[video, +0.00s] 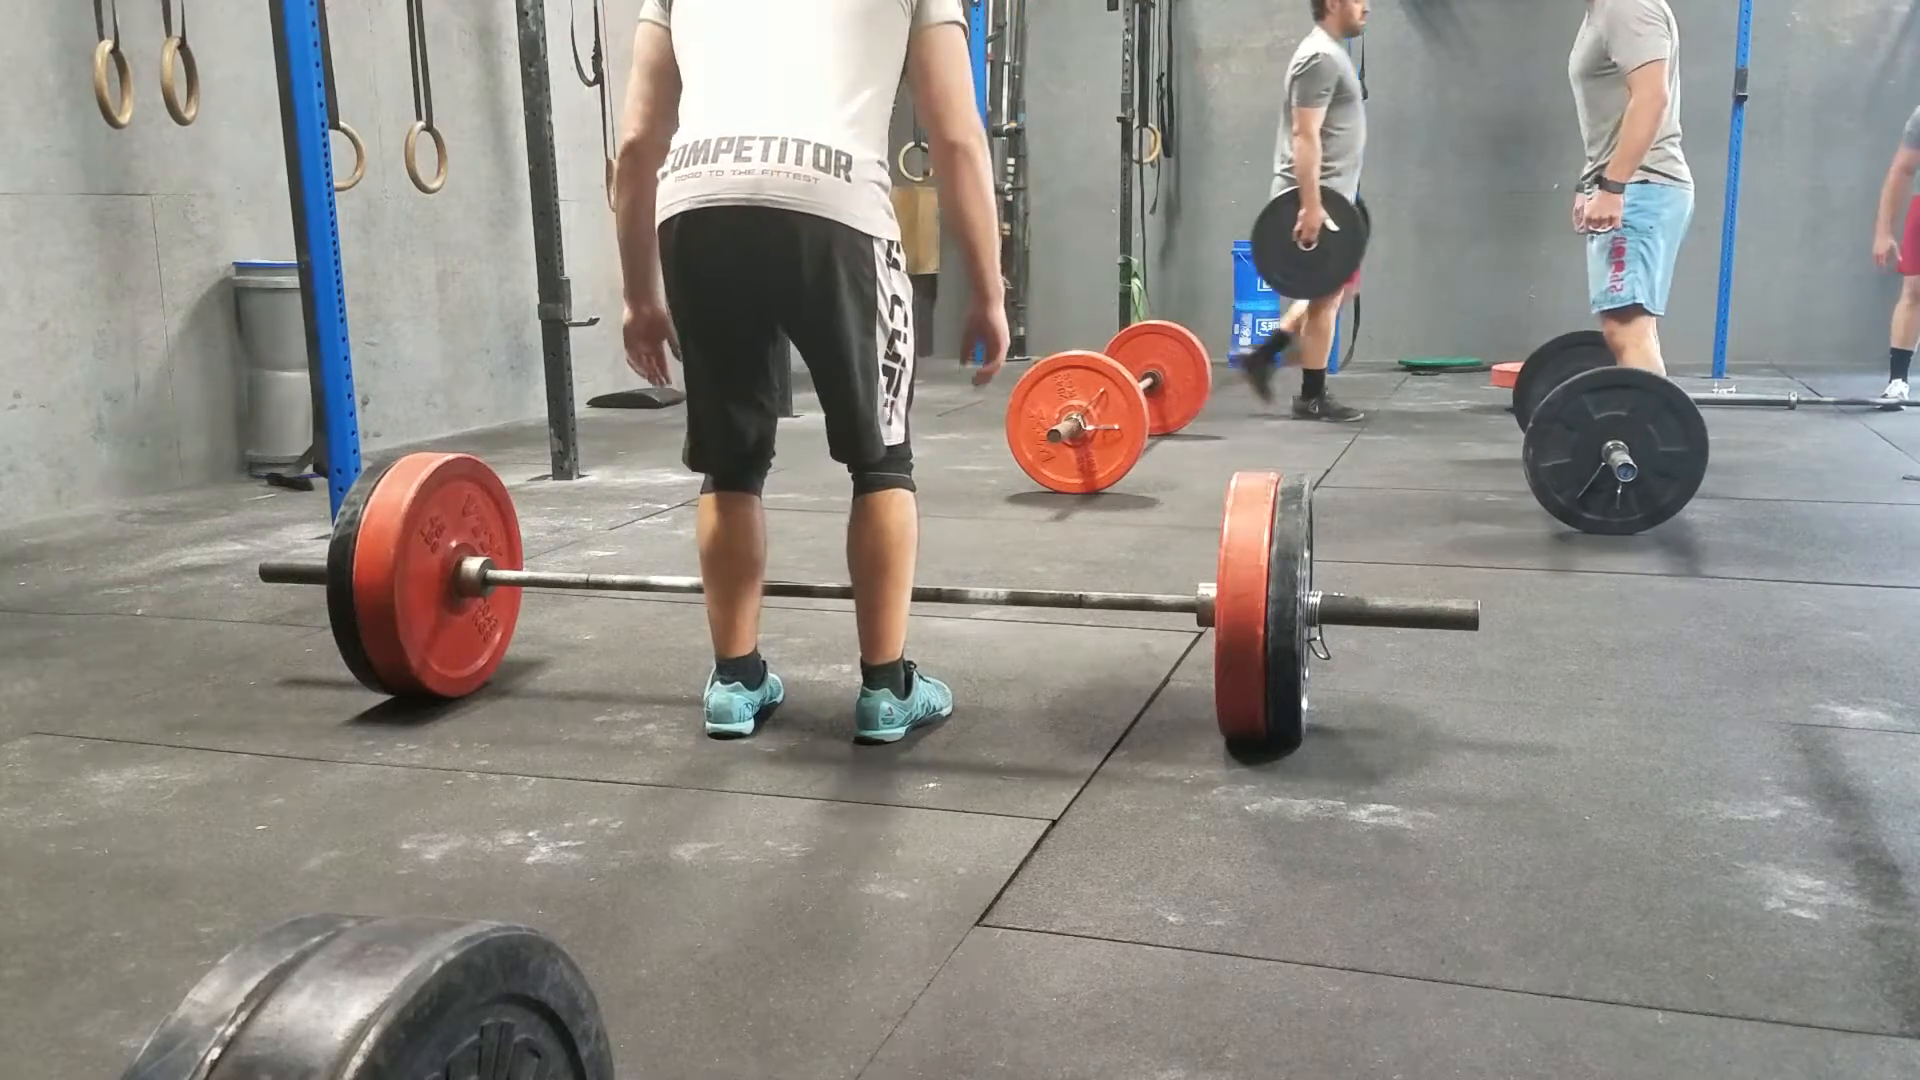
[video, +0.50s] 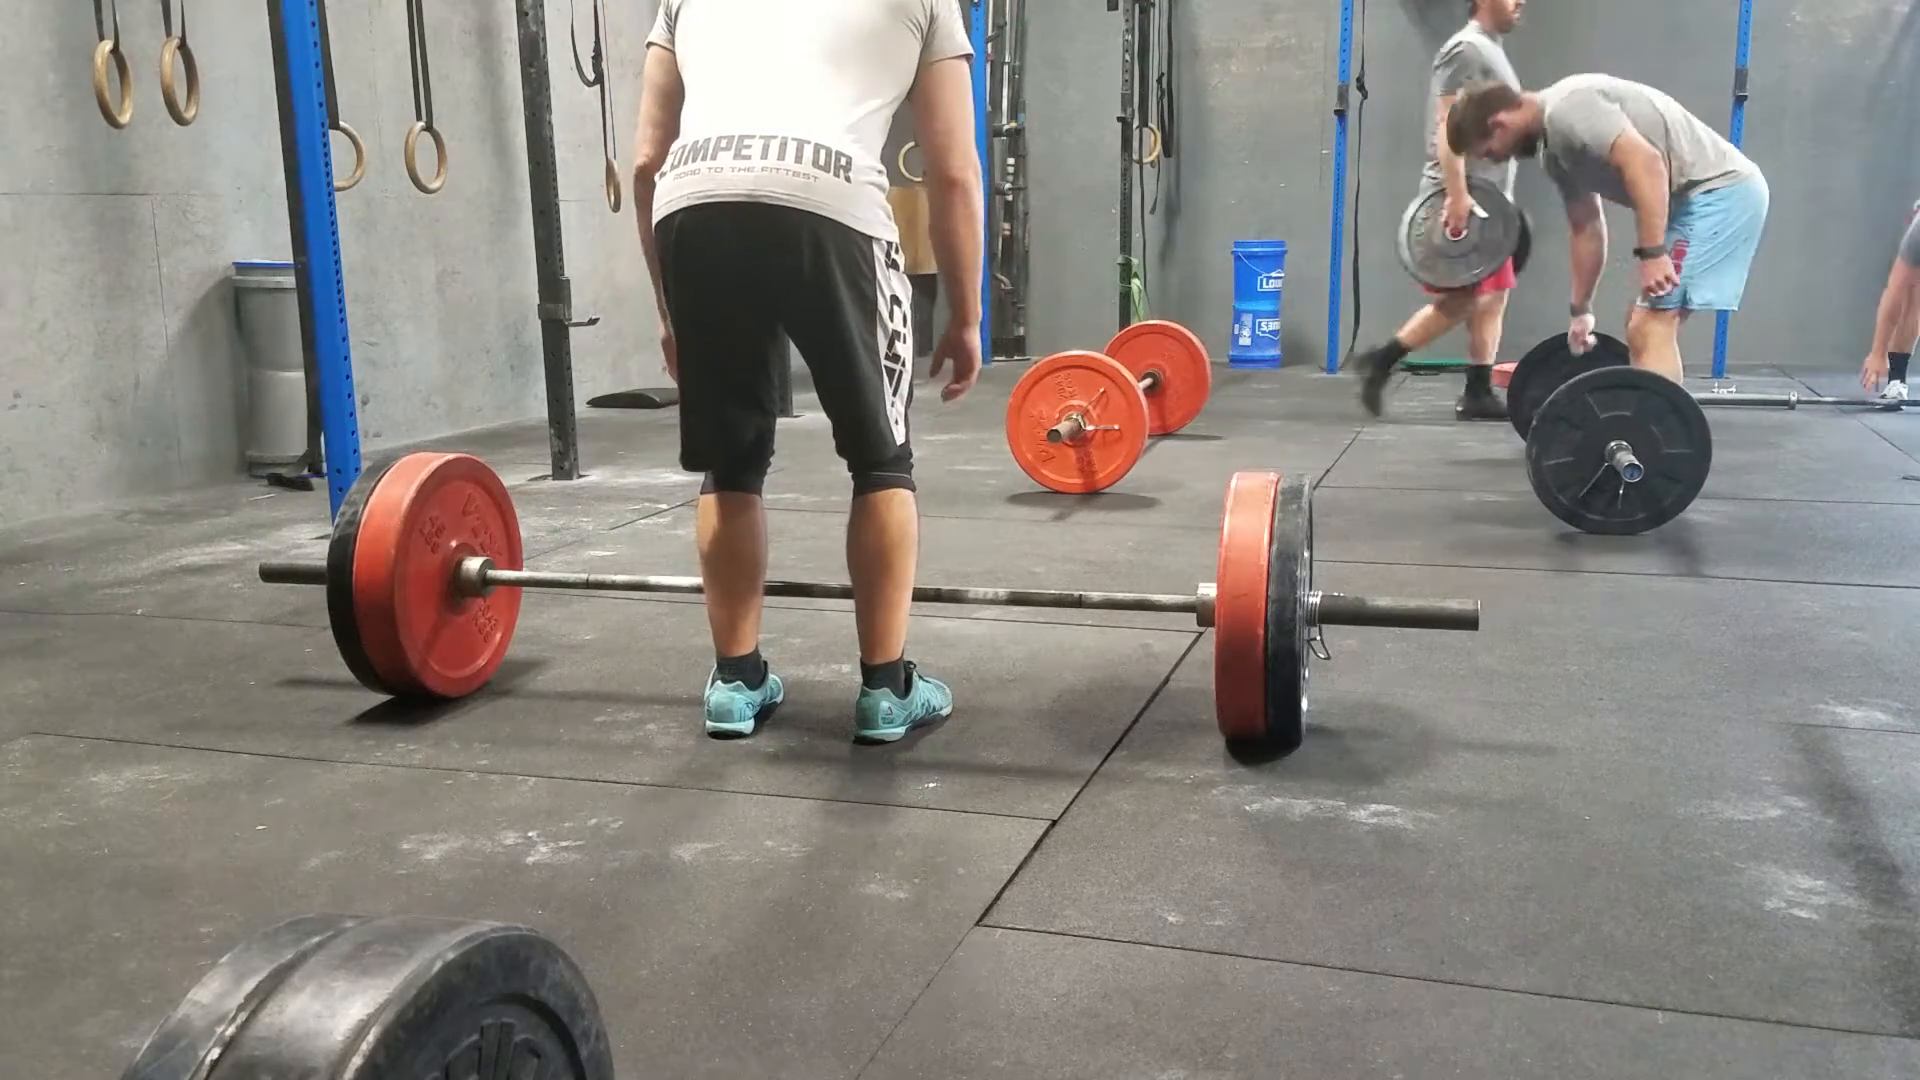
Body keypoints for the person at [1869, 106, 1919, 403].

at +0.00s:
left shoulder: (1916, 118)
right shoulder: (1919, 116)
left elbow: (1903, 169)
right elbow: (1903, 168)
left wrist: (1885, 231)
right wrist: (1883, 230)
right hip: (1918, 218)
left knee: (1912, 293)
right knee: (1913, 291)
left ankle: (1899, 379)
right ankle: (1898, 380)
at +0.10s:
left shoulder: (1916, 142)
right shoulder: (1918, 141)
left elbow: (1903, 192)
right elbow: (1902, 192)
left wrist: (1884, 251)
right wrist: (1883, 252)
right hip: (1915, 235)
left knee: (1911, 300)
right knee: (1911, 298)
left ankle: (1898, 380)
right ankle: (1897, 380)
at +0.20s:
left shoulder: (1916, 165)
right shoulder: (1918, 164)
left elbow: (1901, 215)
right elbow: (1900, 215)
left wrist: (1885, 279)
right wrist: (1884, 280)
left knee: (1911, 297)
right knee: (1912, 296)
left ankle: (1897, 380)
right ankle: (1897, 380)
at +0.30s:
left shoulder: (1915, 188)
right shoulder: (1918, 187)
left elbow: (1899, 240)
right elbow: (1898, 240)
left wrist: (1883, 308)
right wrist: (1882, 307)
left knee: (1911, 284)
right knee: (1912, 284)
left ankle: (1897, 380)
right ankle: (1896, 380)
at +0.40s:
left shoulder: (1916, 208)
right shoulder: (1918, 207)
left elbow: (1897, 269)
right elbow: (1895, 269)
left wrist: (1880, 334)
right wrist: (1879, 334)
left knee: (1913, 284)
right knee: (1913, 285)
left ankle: (1897, 381)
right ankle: (1897, 382)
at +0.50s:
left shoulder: (1915, 229)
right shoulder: (1916, 229)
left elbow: (1897, 288)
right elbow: (1896, 288)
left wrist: (1878, 352)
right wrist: (1878, 353)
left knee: (1910, 291)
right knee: (1911, 292)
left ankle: (1897, 380)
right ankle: (1896, 380)